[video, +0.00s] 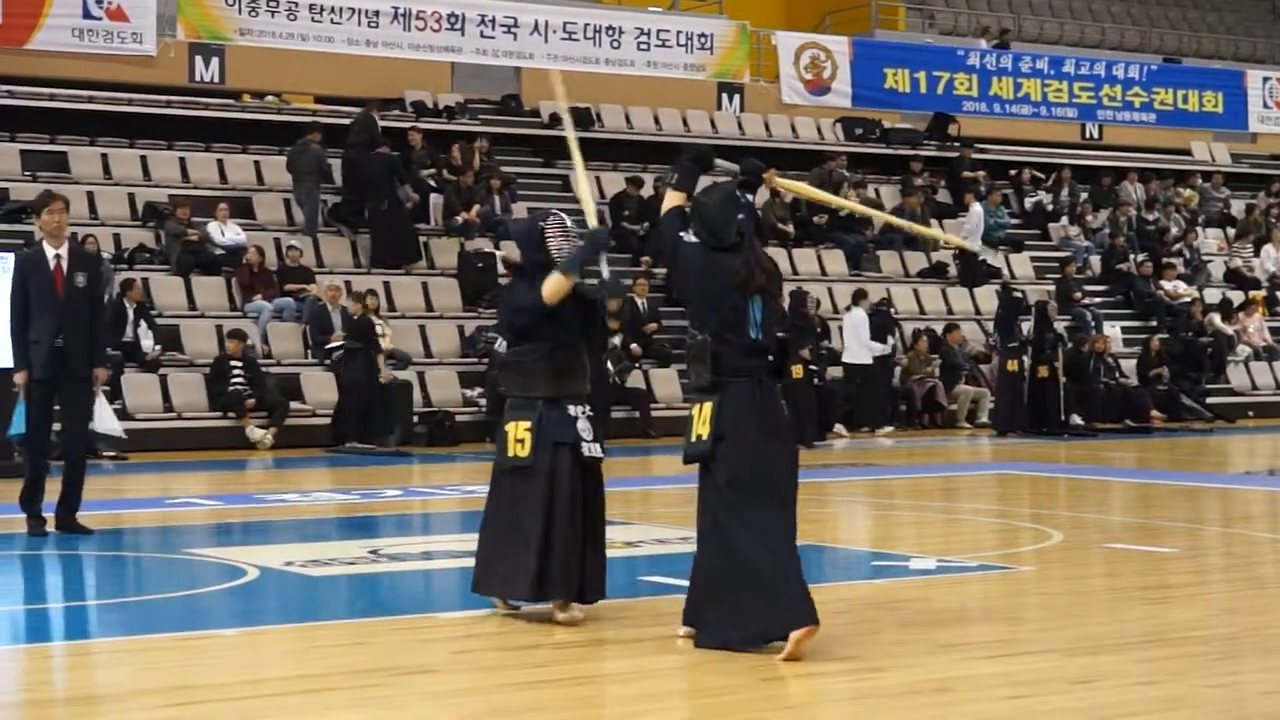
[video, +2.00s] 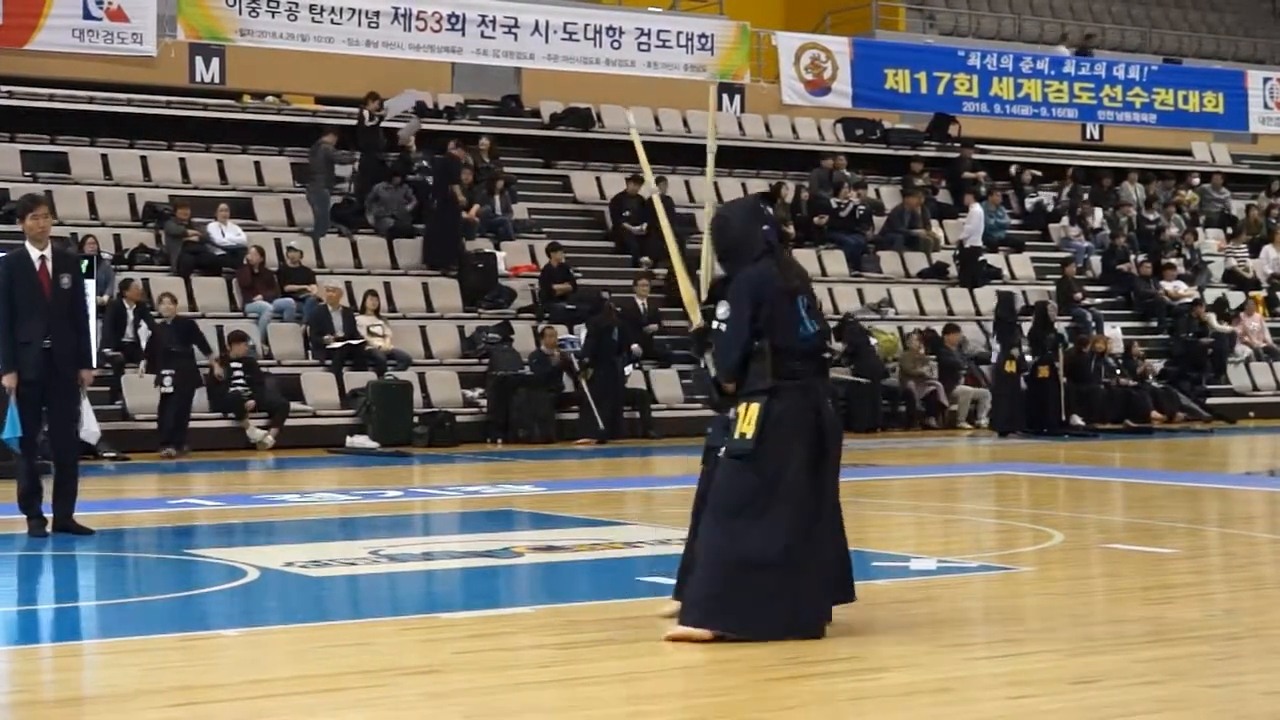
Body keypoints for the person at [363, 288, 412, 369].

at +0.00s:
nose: (373, 302)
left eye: (375, 299)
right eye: (370, 299)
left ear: (378, 301)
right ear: (365, 301)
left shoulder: (381, 318)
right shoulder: (363, 318)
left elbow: (388, 332)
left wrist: (386, 344)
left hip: (385, 347)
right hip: (372, 349)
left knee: (406, 358)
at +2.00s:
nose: (374, 302)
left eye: (376, 300)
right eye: (371, 299)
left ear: (379, 302)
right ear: (365, 301)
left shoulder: (382, 319)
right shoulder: (358, 319)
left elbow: (388, 333)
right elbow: (362, 337)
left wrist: (387, 344)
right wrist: (377, 345)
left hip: (384, 346)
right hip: (370, 347)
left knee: (406, 358)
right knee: (381, 359)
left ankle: (393, 378)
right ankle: (381, 381)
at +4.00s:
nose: (376, 302)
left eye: (378, 299)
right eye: (373, 299)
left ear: (381, 302)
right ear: (366, 301)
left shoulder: (384, 318)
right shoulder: (360, 318)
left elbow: (390, 332)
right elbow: (364, 336)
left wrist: (388, 344)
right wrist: (379, 345)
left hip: (386, 345)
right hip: (372, 346)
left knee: (408, 357)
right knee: (383, 359)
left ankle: (396, 379)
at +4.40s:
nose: (376, 302)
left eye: (378, 299)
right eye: (373, 299)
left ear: (380, 302)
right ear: (366, 300)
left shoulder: (383, 318)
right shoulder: (360, 318)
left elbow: (390, 332)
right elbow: (365, 336)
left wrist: (388, 344)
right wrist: (380, 344)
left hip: (387, 346)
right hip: (373, 346)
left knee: (408, 358)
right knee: (383, 359)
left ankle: (396, 377)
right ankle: (384, 380)